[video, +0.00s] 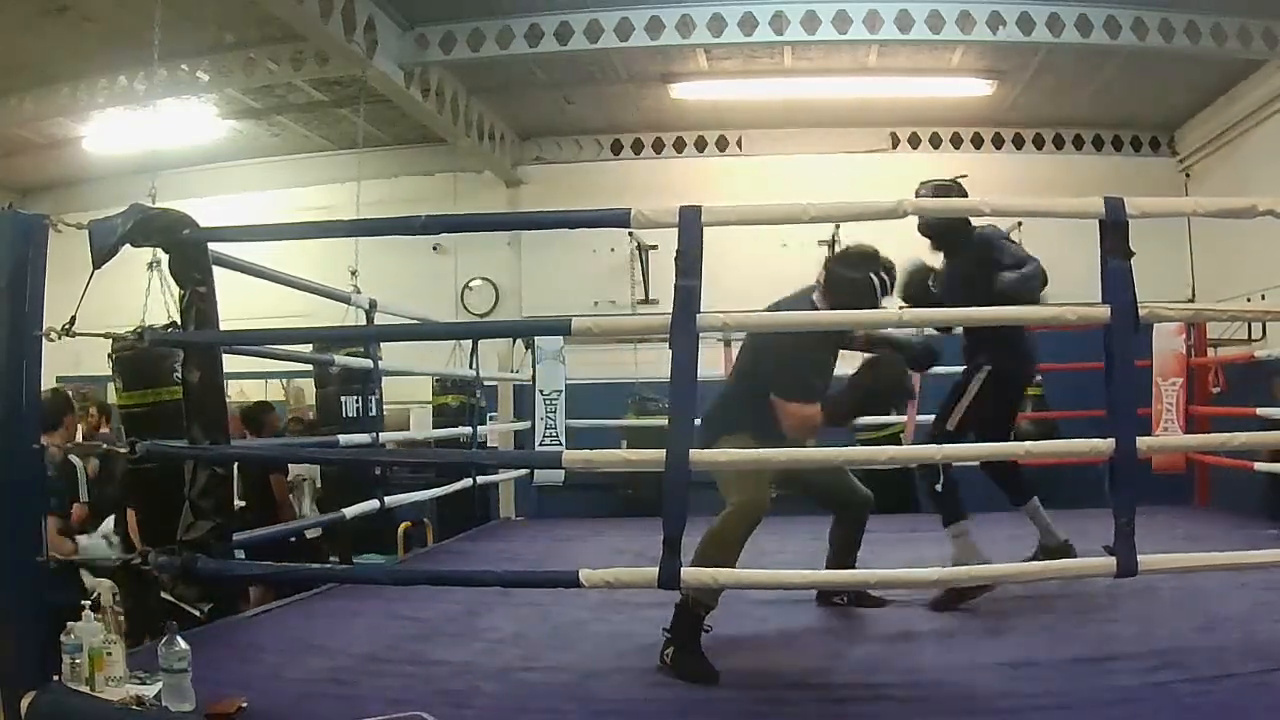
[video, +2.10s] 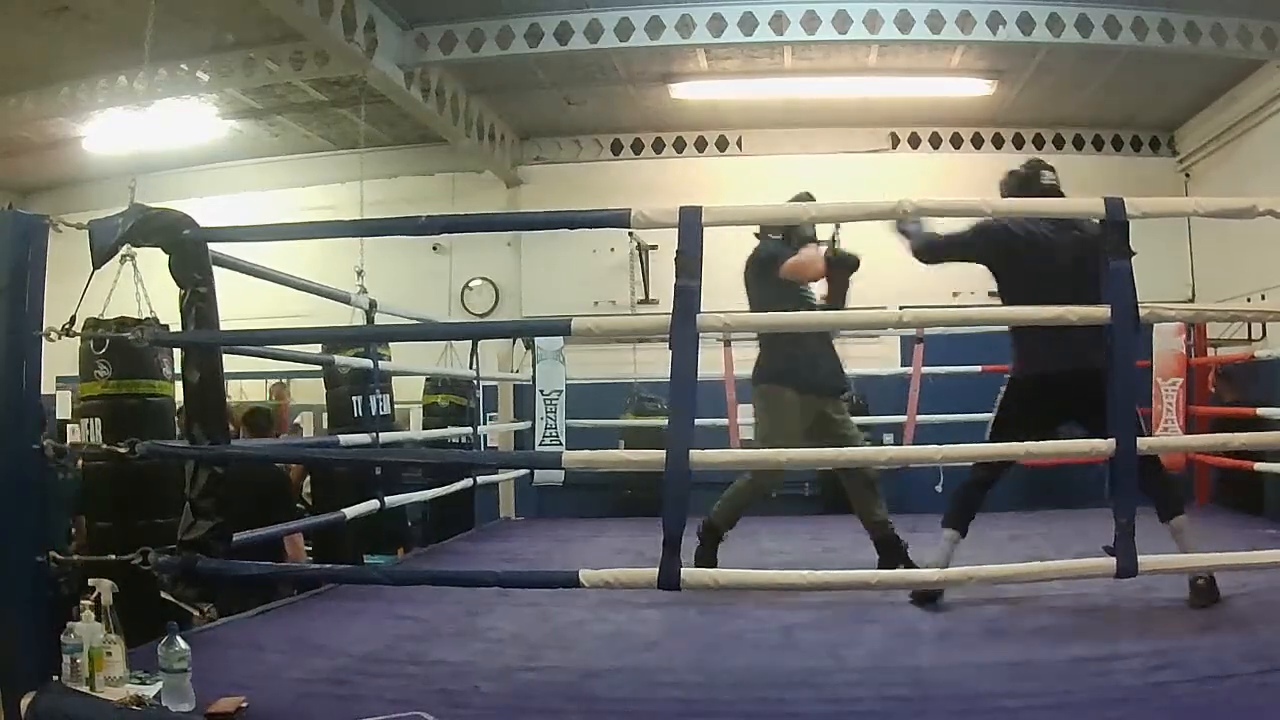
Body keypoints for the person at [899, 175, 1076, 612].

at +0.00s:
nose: (922, 231)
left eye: (926, 222)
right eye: (921, 223)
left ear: (945, 220)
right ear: (949, 220)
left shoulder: (987, 241)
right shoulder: (954, 260)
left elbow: (1035, 273)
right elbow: (949, 316)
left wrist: (1009, 282)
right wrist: (921, 293)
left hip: (998, 362)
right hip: (1000, 362)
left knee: (930, 454)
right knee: (993, 455)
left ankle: (967, 560)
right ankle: (1052, 539)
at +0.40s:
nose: (976, 234)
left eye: (982, 225)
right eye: (975, 226)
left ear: (1006, 225)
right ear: (997, 229)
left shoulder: (1037, 251)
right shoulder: (1007, 264)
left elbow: (1068, 304)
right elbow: (998, 337)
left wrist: (1001, 301)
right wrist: (970, 303)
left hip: (1053, 376)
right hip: (1037, 375)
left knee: (1006, 462)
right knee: (1036, 463)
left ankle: (1021, 573)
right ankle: (1090, 544)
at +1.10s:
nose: (1016, 213)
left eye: (1021, 203)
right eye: (1014, 205)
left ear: (1043, 198)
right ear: (1047, 197)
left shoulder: (1077, 232)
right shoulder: (1058, 235)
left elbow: (1080, 301)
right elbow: (1050, 297)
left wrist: (1019, 282)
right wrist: (1009, 269)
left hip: (1087, 355)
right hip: (1081, 354)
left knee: (1047, 450)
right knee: (1083, 449)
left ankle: (1041, 569)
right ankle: (1147, 535)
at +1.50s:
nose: (1035, 212)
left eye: (1038, 202)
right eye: (1034, 204)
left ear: (1056, 194)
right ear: (1074, 188)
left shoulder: (1079, 224)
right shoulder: (1098, 228)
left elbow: (1034, 250)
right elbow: (1043, 290)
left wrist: (1002, 221)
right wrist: (1011, 259)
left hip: (1097, 356)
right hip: (1132, 353)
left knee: (1048, 453)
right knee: (1145, 448)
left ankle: (1033, 573)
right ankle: (1193, 551)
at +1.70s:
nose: (1053, 219)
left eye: (1057, 212)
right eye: (1054, 212)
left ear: (1070, 209)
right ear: (1102, 207)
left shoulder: (1073, 240)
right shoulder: (1135, 250)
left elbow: (1027, 272)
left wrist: (962, 274)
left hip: (1083, 379)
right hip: (1135, 379)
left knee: (1027, 459)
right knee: (1162, 459)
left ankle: (1020, 576)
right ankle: (1219, 556)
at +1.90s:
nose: (1029, 215)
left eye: (1032, 208)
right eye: (1030, 209)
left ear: (1044, 205)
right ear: (1083, 197)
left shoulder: (1041, 240)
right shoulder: (1116, 236)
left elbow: (986, 278)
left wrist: (938, 309)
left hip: (1070, 378)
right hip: (1126, 375)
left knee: (1018, 458)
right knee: (1159, 453)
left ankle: (1008, 565)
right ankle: (1201, 552)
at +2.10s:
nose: (1001, 206)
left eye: (1003, 200)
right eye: (1004, 201)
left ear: (1011, 200)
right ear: (1057, 196)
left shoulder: (999, 233)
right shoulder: (1091, 232)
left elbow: (929, 251)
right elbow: (1127, 243)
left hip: (1035, 382)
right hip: (1096, 379)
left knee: (986, 469)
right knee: (1145, 461)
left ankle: (935, 572)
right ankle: (1198, 569)